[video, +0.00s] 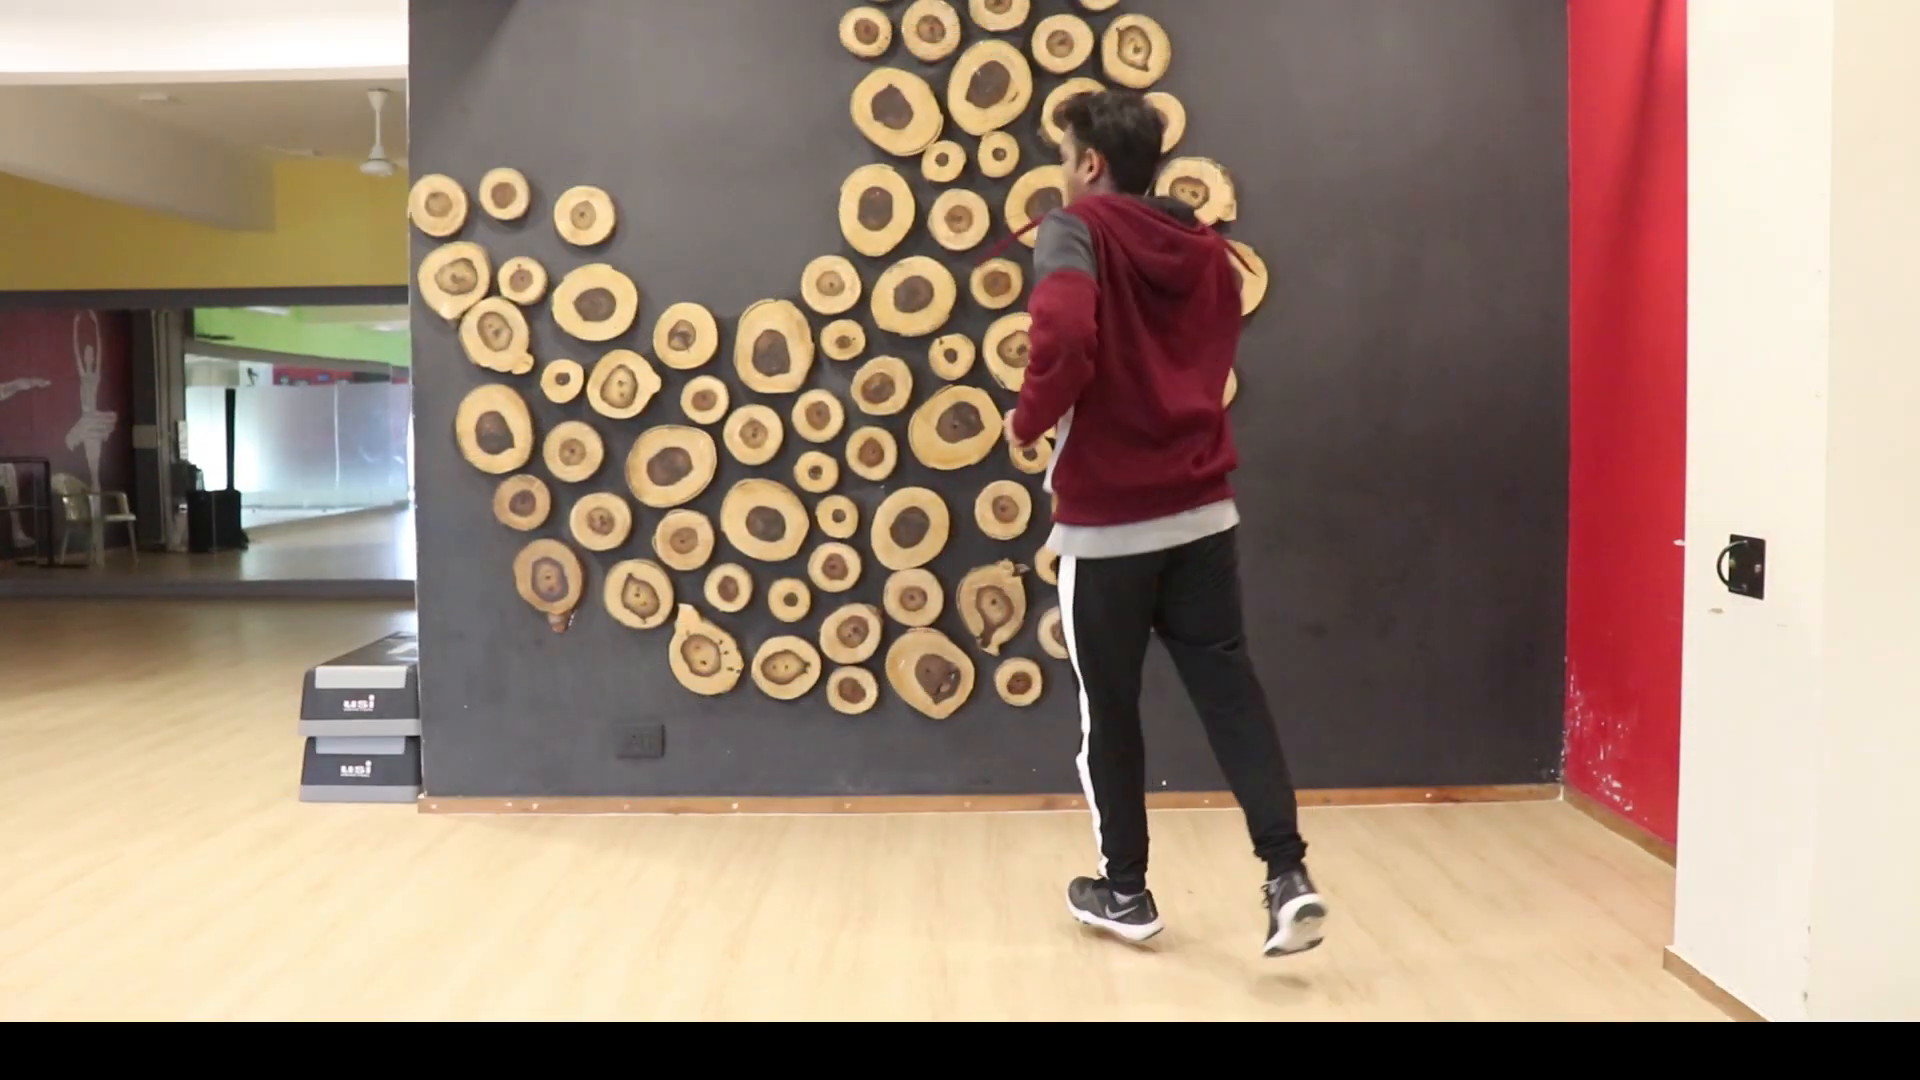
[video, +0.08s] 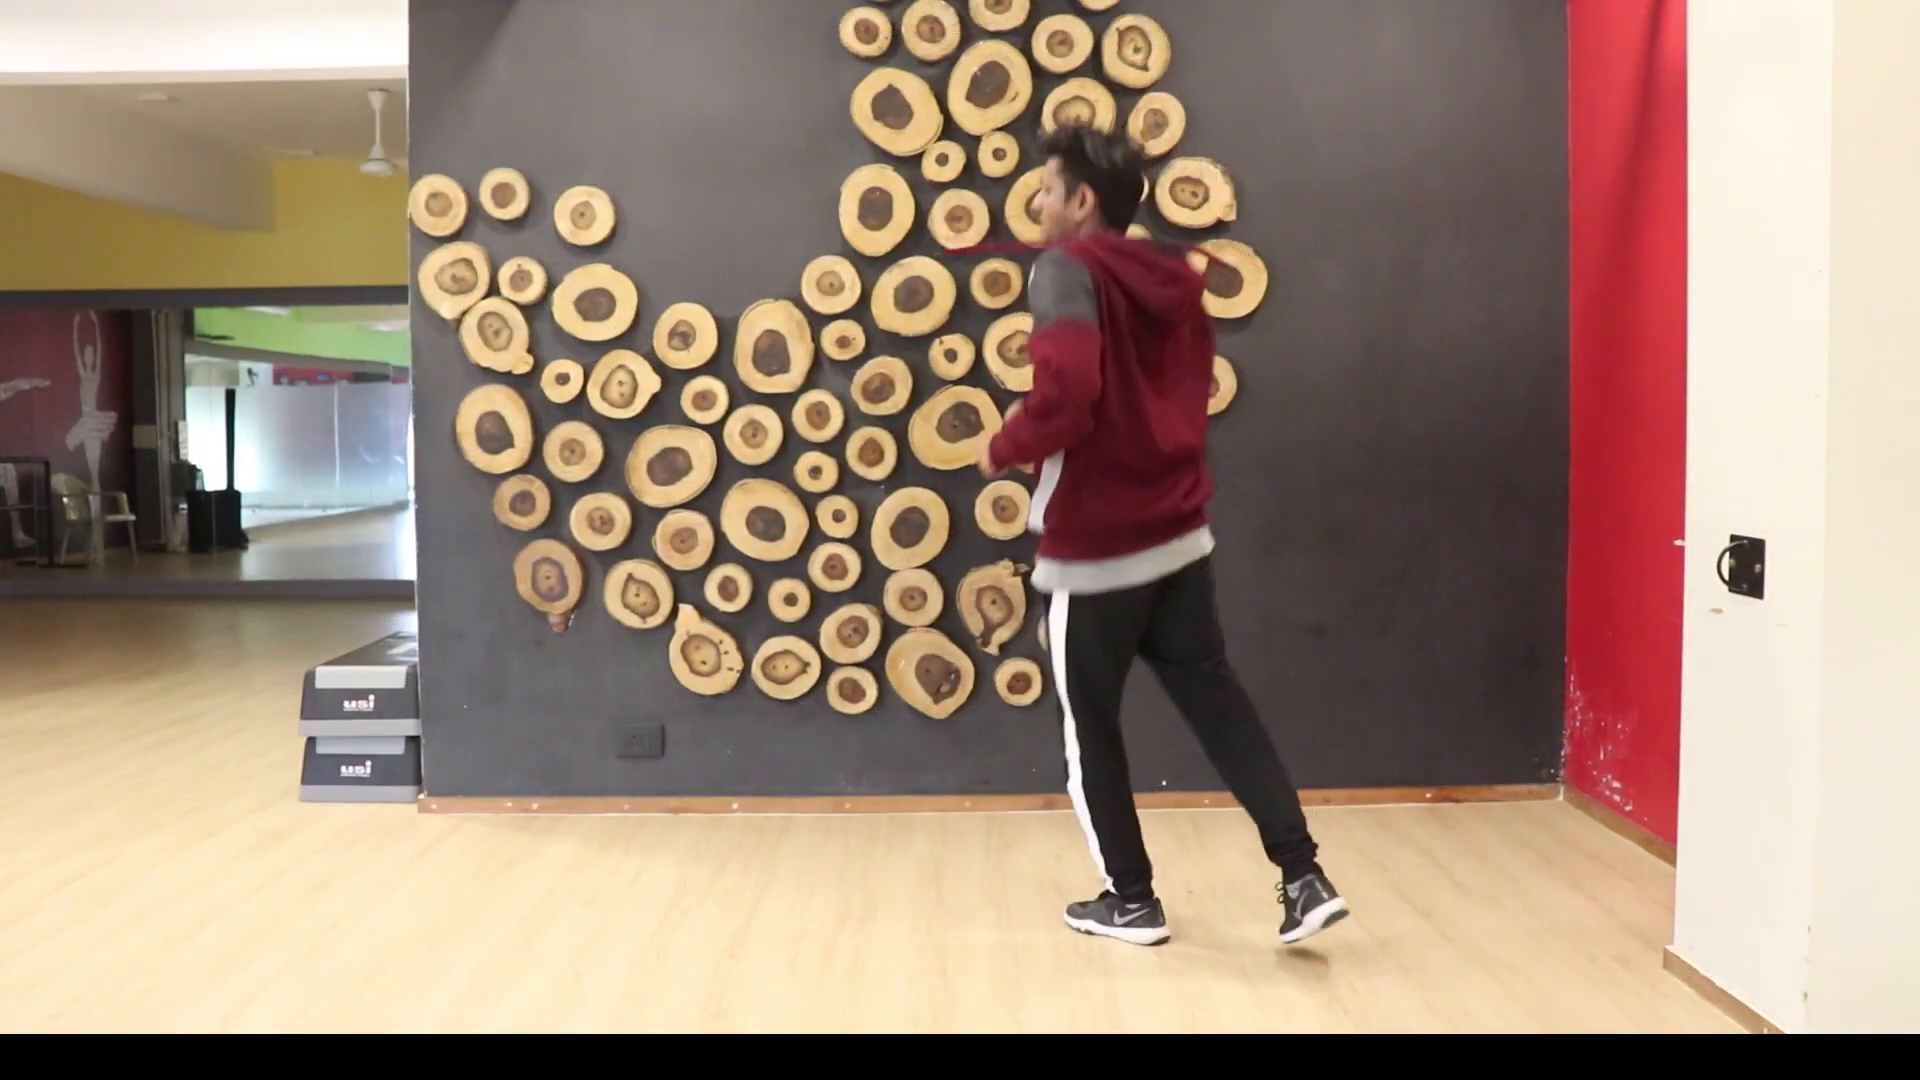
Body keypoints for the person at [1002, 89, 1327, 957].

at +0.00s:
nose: (1065, 173)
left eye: (1068, 159)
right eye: (1067, 159)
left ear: (1093, 162)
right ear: (1149, 164)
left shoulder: (1073, 232)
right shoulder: (1199, 241)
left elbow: (1067, 337)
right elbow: (1222, 346)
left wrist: (1025, 422)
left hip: (1108, 523)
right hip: (1203, 512)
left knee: (1108, 704)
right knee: (1228, 681)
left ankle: (1125, 888)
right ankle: (1287, 876)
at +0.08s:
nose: (1034, 203)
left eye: (1044, 190)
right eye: (1039, 187)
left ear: (1082, 201)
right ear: (1113, 204)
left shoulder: (1063, 269)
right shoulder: (1170, 274)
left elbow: (1068, 392)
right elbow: (1195, 392)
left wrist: (1004, 448)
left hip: (1092, 562)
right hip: (1179, 546)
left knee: (1089, 728)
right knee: (1212, 694)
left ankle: (1130, 897)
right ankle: (1304, 875)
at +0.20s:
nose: (1024, 231)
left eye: (1044, 219)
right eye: (1021, 219)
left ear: (1089, 238)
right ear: (1019, 231)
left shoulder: (1059, 323)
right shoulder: (1118, 311)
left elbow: (1049, 460)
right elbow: (1128, 450)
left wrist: (964, 481)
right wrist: (1022, 506)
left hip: (1075, 585)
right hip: (1140, 570)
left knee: (1053, 745)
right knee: (1136, 716)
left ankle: (1125, 898)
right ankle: (1246, 867)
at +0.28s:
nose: (1017, 219)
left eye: (1037, 207)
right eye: (1012, 207)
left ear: (1077, 226)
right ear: (1007, 222)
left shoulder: (1061, 313)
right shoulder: (1070, 304)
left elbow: (1037, 444)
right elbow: (1048, 434)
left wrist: (966, 430)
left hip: (1066, 573)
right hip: (1093, 563)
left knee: (1053, 743)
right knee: (1073, 716)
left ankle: (1126, 896)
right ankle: (1153, 852)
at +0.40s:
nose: (1002, 193)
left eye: (1021, 181)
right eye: (993, 179)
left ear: (1054, 196)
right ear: (978, 192)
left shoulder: (1052, 283)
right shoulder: (1002, 280)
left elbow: (1022, 404)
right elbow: (990, 392)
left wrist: (943, 384)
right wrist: (965, 388)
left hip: (1050, 543)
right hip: (1000, 536)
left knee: (1047, 714)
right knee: (994, 693)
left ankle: (1116, 870)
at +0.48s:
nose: (984, 199)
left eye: (1003, 186)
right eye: (974, 185)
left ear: (1036, 199)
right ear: (960, 198)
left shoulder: (1048, 283)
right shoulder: (980, 283)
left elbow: (1031, 402)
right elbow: (992, 393)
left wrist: (928, 391)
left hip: (1030, 541)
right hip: (972, 532)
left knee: (1022, 710)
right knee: (954, 688)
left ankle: (1112, 858)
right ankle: (954, 843)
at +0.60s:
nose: (961, 236)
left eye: (977, 224)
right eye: (949, 224)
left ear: (1007, 240)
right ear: (931, 240)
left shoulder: (1032, 329)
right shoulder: (920, 331)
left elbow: (1057, 446)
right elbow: (907, 422)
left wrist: (945, 470)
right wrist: (861, 493)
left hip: (1000, 573)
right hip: (924, 564)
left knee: (996, 730)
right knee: (889, 714)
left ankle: (1113, 854)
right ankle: (937, 850)